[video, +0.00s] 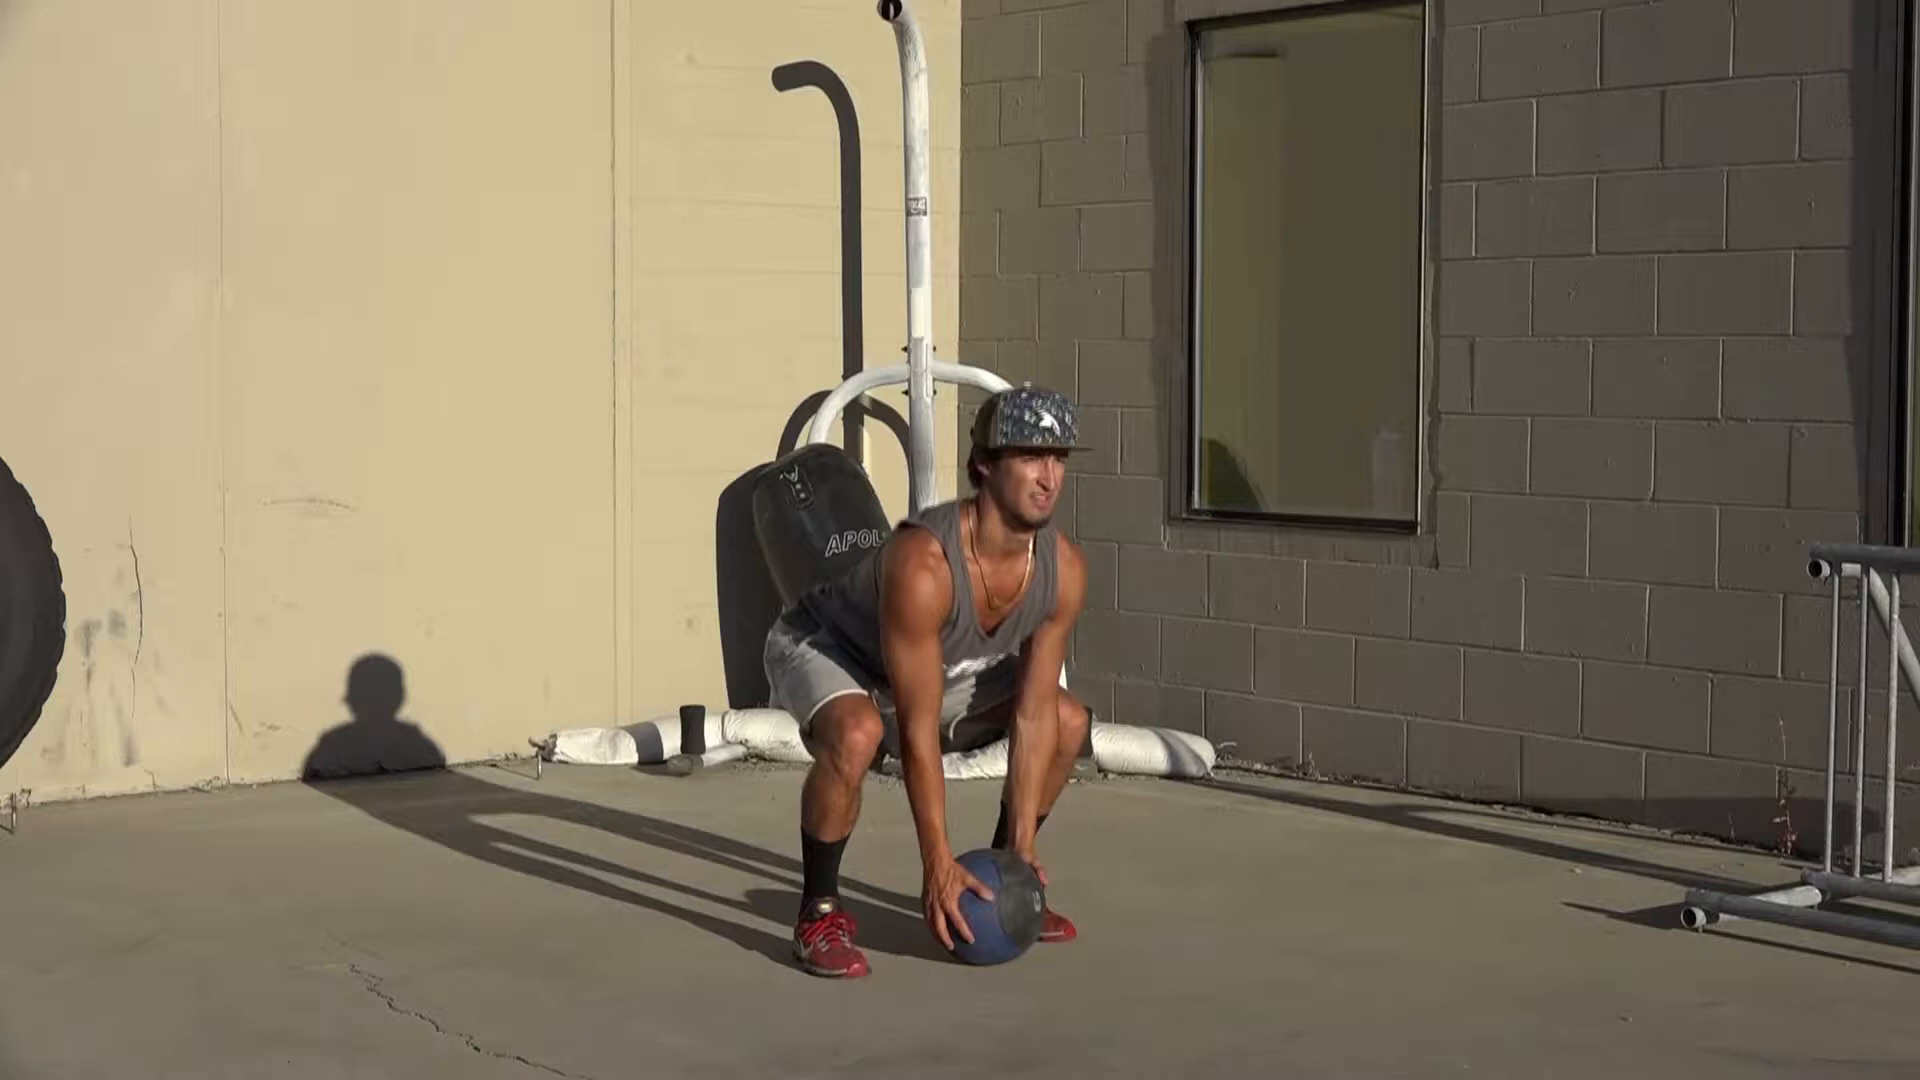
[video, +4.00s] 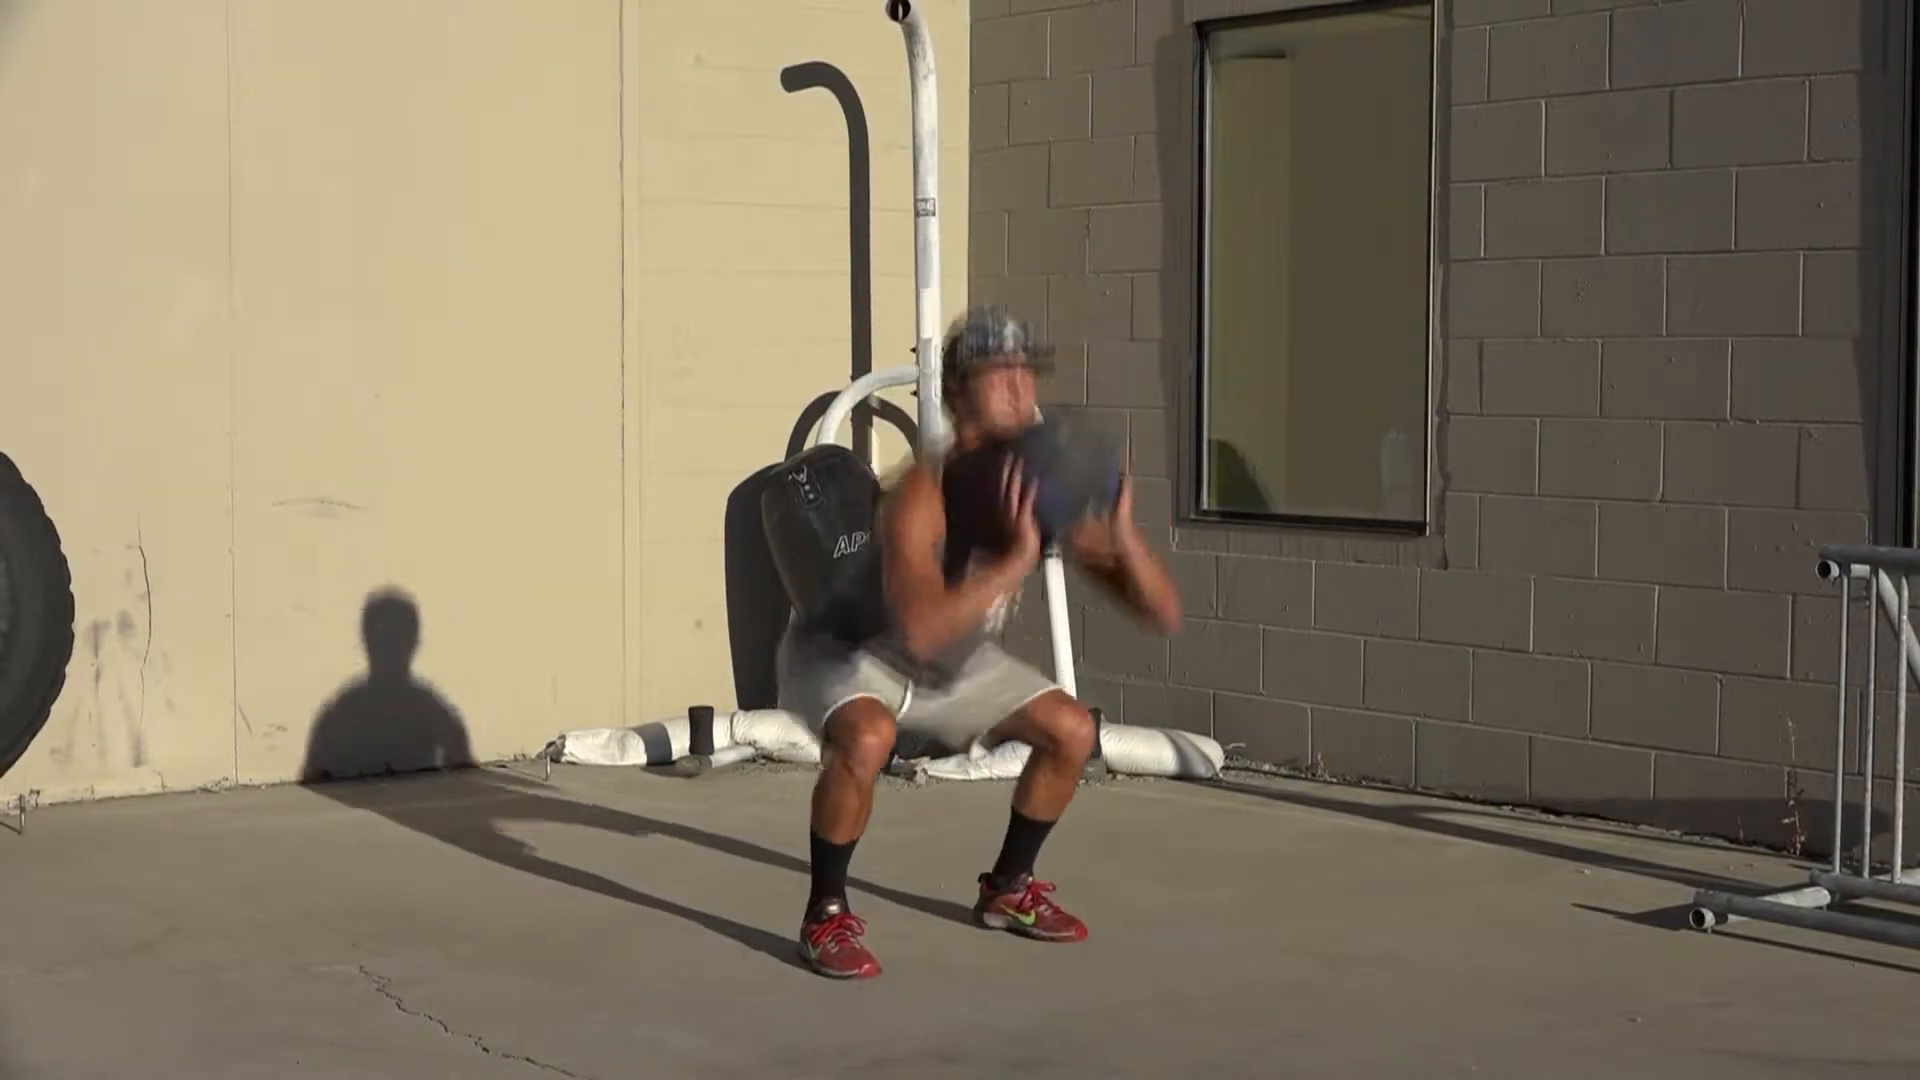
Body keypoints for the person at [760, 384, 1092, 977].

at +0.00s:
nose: (1049, 476)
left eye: (1057, 459)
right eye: (1031, 457)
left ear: (1066, 469)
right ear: (984, 466)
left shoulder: (1062, 568)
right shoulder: (921, 562)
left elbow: (1036, 713)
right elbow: (920, 727)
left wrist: (1019, 852)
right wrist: (937, 859)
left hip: (934, 671)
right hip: (826, 648)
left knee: (1067, 720)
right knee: (856, 731)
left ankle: (1002, 880)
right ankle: (820, 911)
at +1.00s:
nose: (954, 195)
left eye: (965, 180)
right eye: (936, 181)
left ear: (982, 194)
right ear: (901, 199)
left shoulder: (1012, 291)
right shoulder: (888, 306)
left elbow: (1136, 405)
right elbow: (869, 429)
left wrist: (1080, 352)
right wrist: (977, 360)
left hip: (972, 571)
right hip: (868, 570)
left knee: (1055, 716)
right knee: (861, 728)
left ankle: (1003, 884)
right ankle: (819, 910)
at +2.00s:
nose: (979, 147)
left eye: (991, 133)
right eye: (961, 131)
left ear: (1004, 146)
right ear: (922, 139)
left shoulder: (1026, 253)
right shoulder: (880, 251)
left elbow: (1040, 372)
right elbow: (827, 391)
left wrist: (1033, 372)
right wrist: (942, 378)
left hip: (982, 514)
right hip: (883, 511)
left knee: (990, 701)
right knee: (855, 705)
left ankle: (1001, 887)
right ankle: (823, 910)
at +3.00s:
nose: (1064, 468)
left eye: (1074, 452)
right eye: (1047, 450)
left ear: (1085, 460)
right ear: (1004, 455)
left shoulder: (1077, 558)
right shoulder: (940, 549)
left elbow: (1055, 708)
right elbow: (941, 718)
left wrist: (1038, 852)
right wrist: (949, 855)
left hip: (948, 652)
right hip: (843, 631)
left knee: (1071, 723)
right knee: (880, 730)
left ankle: (1015, 884)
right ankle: (828, 912)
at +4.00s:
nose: (1015, 388)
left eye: (1023, 371)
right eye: (995, 374)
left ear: (1037, 386)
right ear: (958, 395)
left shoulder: (1041, 480)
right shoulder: (921, 491)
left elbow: (1164, 615)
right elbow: (924, 635)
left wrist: (1123, 544)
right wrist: (1019, 557)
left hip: (951, 656)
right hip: (846, 649)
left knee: (1071, 728)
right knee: (866, 736)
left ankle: (1008, 886)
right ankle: (827, 914)